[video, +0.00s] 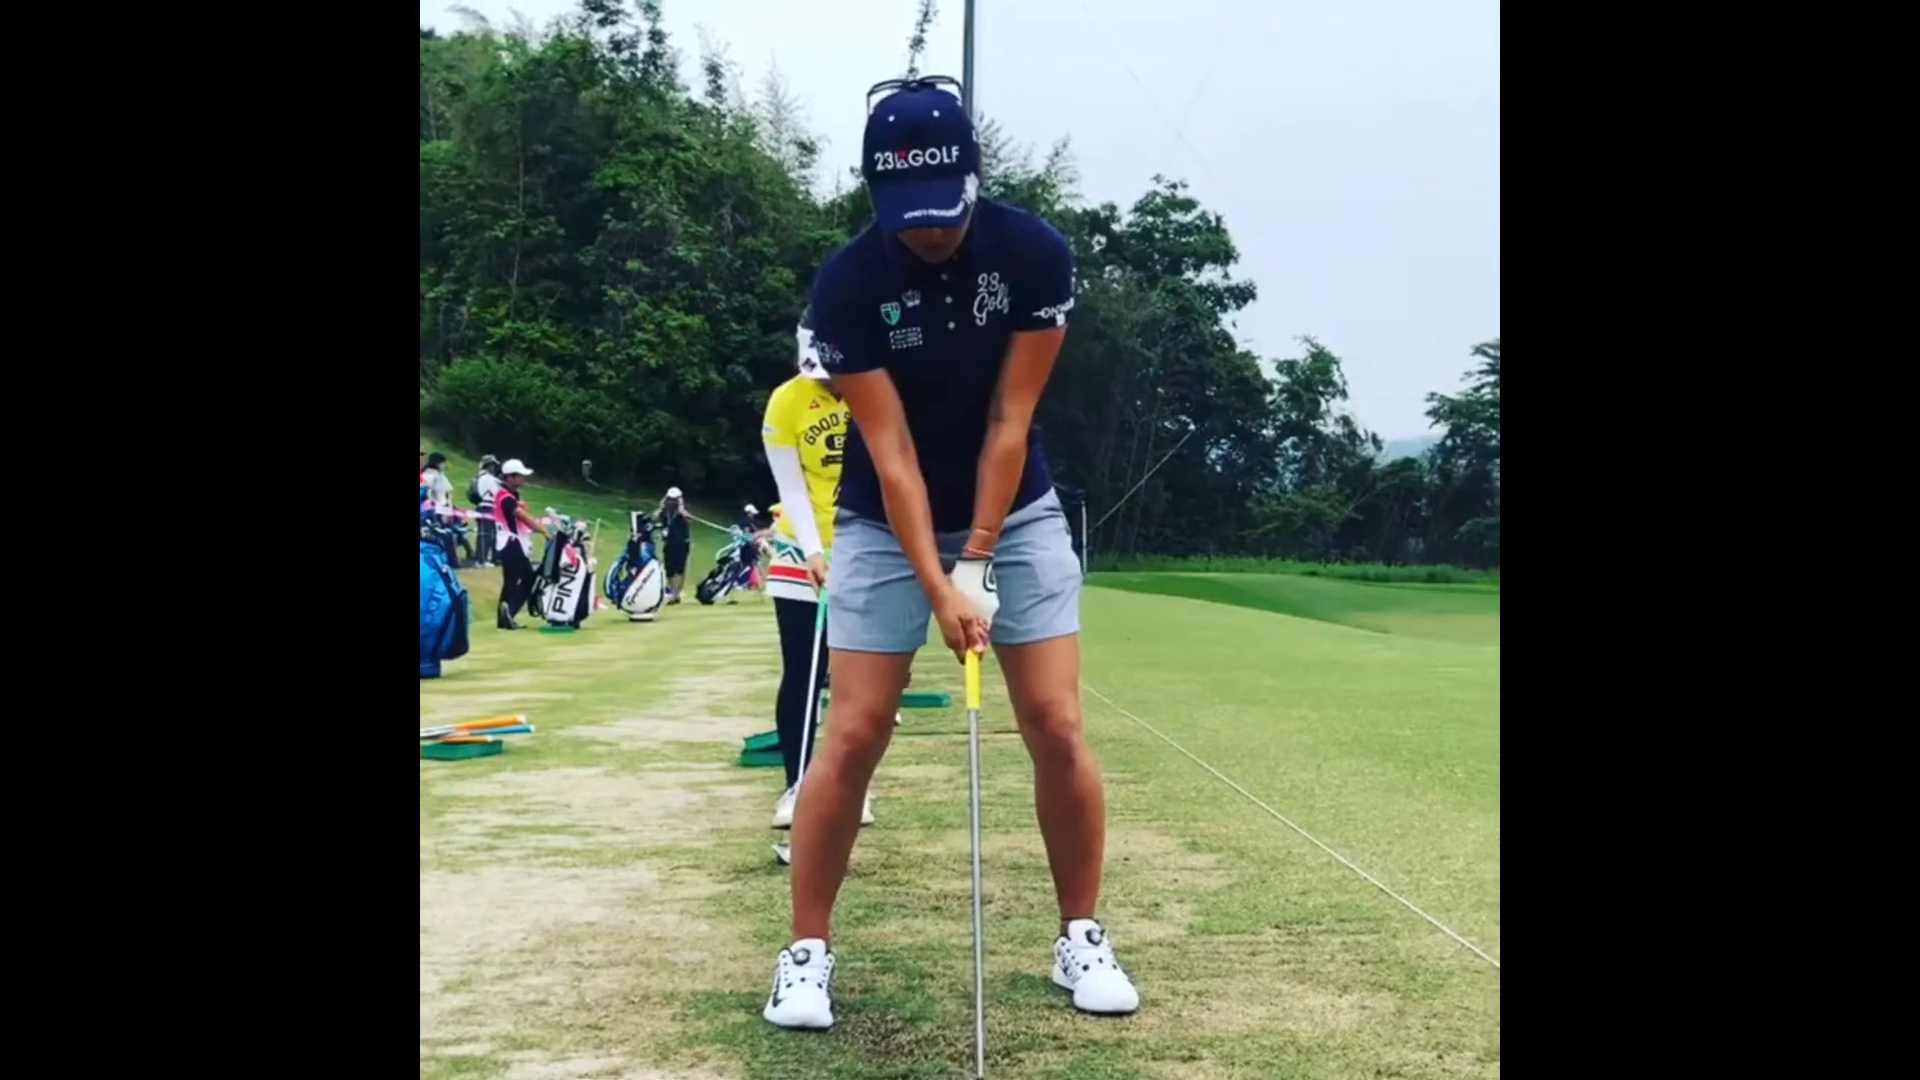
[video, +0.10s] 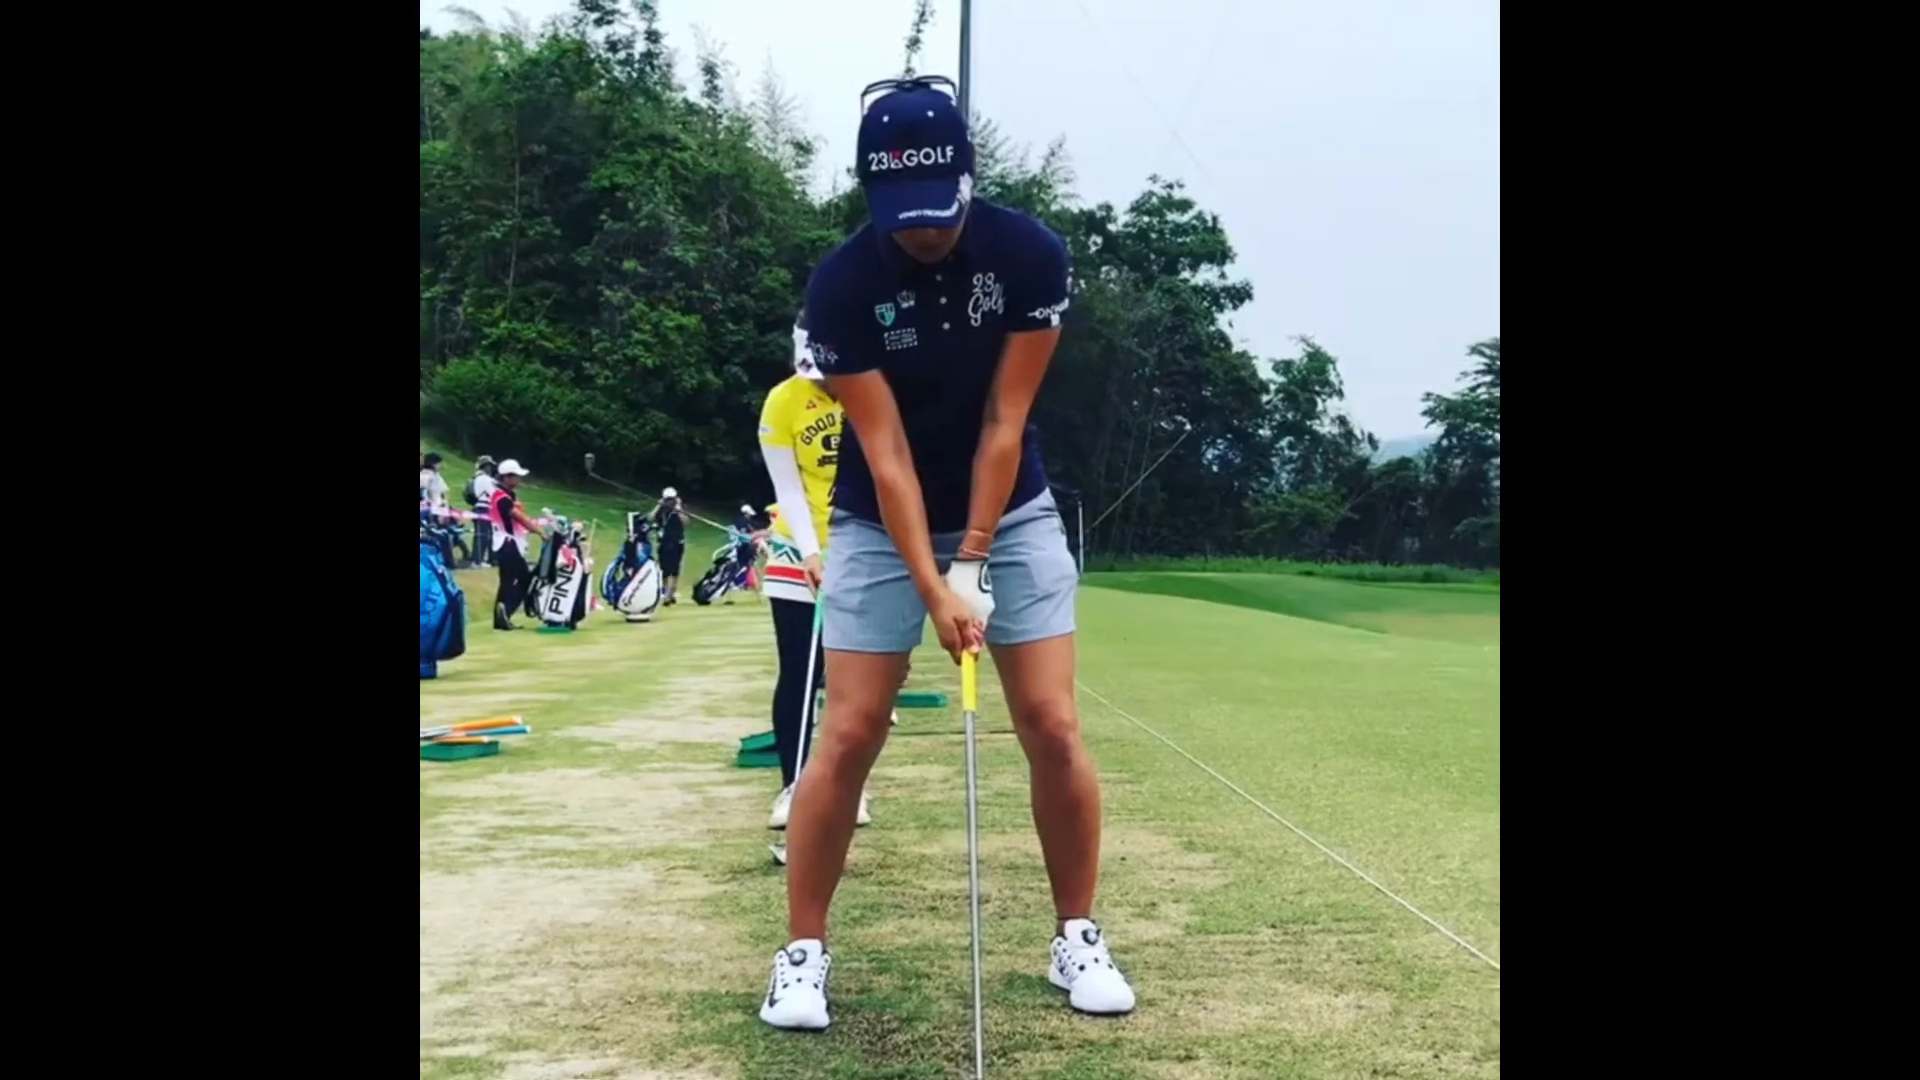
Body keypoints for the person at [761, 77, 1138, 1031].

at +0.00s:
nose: (931, 226)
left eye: (946, 204)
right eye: (911, 209)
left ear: (973, 176)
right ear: (879, 188)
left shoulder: (1033, 256)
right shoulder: (844, 287)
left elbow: (1011, 420)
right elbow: (891, 454)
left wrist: (977, 559)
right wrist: (937, 584)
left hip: (1013, 507)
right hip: (884, 515)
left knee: (1057, 726)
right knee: (855, 731)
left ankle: (1082, 938)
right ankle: (807, 949)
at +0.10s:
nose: (926, 226)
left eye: (941, 205)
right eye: (906, 209)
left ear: (968, 176)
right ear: (873, 188)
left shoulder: (1028, 256)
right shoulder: (838, 288)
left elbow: (1005, 421)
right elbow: (886, 456)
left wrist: (972, 559)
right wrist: (932, 585)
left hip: (1009, 509)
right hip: (879, 516)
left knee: (1052, 726)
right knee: (851, 731)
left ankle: (1078, 938)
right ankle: (803, 950)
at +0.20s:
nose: (921, 225)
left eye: (936, 204)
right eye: (901, 208)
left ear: (963, 176)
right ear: (868, 188)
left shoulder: (1025, 256)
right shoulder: (834, 289)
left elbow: (1001, 421)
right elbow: (881, 456)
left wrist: (969, 560)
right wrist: (928, 585)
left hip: (1005, 509)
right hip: (875, 517)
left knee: (1049, 726)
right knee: (848, 731)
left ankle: (1075, 936)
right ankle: (800, 949)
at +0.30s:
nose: (917, 224)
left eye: (933, 202)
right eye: (897, 207)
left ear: (960, 173)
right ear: (865, 187)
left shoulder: (1021, 255)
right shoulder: (830, 288)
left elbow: (997, 420)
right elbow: (879, 456)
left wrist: (966, 559)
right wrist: (926, 585)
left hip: (1002, 508)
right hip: (871, 516)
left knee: (1047, 725)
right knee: (845, 729)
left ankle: (1073, 935)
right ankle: (798, 948)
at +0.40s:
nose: (915, 224)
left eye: (930, 202)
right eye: (894, 207)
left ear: (957, 171)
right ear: (861, 185)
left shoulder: (1018, 253)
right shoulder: (828, 285)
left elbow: (995, 417)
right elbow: (876, 453)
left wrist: (964, 557)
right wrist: (924, 583)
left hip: (1000, 507)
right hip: (869, 515)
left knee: (1046, 724)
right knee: (843, 729)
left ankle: (1071, 933)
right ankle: (796, 947)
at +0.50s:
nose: (913, 221)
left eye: (929, 200)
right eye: (893, 204)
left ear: (956, 170)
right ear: (861, 183)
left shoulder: (1017, 250)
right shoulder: (828, 283)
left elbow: (995, 415)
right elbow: (876, 452)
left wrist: (965, 555)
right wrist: (924, 582)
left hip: (1000, 504)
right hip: (869, 512)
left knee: (1046, 724)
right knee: (843, 727)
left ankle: (1071, 931)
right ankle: (796, 945)